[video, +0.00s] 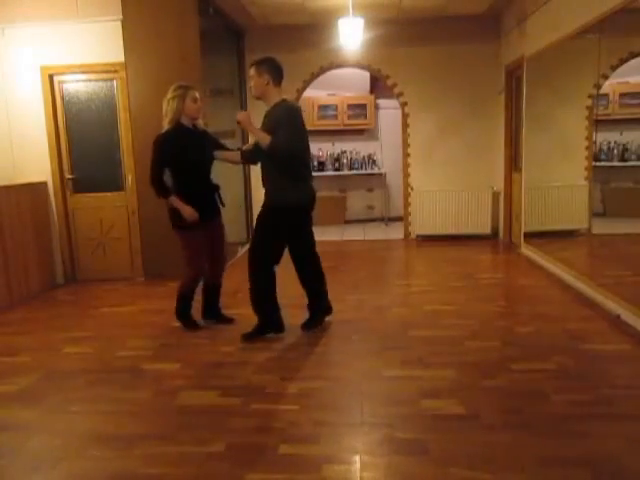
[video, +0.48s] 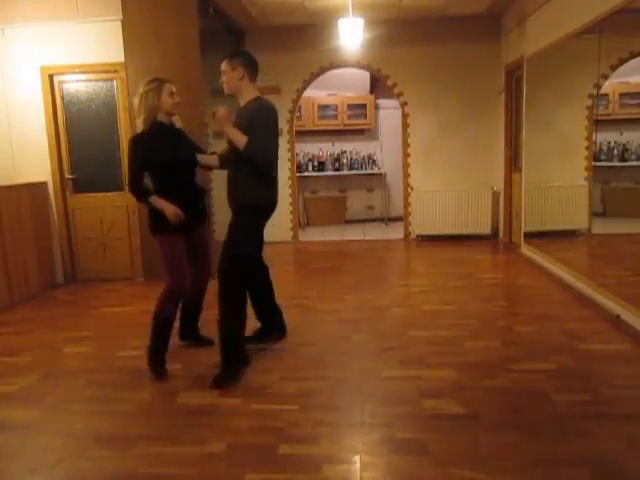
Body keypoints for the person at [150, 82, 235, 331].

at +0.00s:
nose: (199, 105)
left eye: (199, 100)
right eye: (193, 100)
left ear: (197, 105)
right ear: (178, 104)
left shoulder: (201, 135)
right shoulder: (165, 140)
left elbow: (227, 152)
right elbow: (156, 180)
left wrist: (252, 147)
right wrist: (180, 206)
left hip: (209, 201)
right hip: (185, 205)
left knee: (216, 260)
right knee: (196, 264)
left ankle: (211, 309)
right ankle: (183, 311)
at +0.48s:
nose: (177, 99)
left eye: (176, 94)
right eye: (171, 95)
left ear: (167, 99)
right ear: (154, 100)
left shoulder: (179, 134)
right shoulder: (141, 141)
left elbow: (196, 163)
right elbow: (136, 186)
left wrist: (208, 170)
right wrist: (163, 205)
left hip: (194, 212)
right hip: (167, 218)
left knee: (201, 273)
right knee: (178, 282)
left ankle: (189, 330)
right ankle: (157, 353)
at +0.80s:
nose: (153, 93)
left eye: (152, 88)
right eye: (146, 88)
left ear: (138, 93)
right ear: (128, 94)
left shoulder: (143, 127)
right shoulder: (125, 129)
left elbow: (161, 165)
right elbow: (123, 178)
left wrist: (196, 155)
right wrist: (165, 196)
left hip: (152, 221)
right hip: (138, 224)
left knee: (180, 277)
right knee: (155, 290)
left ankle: (143, 330)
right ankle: (148, 371)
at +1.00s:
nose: (136, 93)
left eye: (134, 88)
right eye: (130, 89)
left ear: (119, 95)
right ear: (112, 95)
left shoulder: (128, 133)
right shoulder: (114, 136)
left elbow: (168, 159)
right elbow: (122, 190)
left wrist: (205, 130)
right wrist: (147, 224)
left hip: (130, 224)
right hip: (119, 227)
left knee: (147, 297)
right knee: (134, 301)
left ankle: (100, 361)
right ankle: (145, 378)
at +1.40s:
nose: (125, 89)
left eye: (123, 83)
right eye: (118, 84)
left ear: (108, 88)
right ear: (98, 89)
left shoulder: (116, 128)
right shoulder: (88, 132)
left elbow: (134, 168)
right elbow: (82, 186)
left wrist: (170, 166)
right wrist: (118, 218)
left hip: (121, 224)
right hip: (109, 227)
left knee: (118, 300)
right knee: (150, 300)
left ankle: (89, 369)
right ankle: (132, 370)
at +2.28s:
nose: (124, 95)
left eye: (123, 89)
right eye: (118, 89)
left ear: (100, 94)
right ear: (99, 93)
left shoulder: (109, 132)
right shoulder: (95, 137)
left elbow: (132, 164)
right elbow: (99, 192)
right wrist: (139, 182)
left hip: (109, 237)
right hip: (110, 240)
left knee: (93, 306)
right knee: (162, 292)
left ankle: (86, 376)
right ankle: (163, 367)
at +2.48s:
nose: (160, 90)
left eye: (158, 84)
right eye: (154, 84)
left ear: (138, 88)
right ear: (135, 88)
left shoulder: (151, 126)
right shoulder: (124, 133)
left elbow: (163, 164)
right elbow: (115, 188)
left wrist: (193, 152)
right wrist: (150, 180)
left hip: (157, 223)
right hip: (144, 227)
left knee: (138, 298)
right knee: (168, 303)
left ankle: (100, 360)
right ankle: (200, 375)